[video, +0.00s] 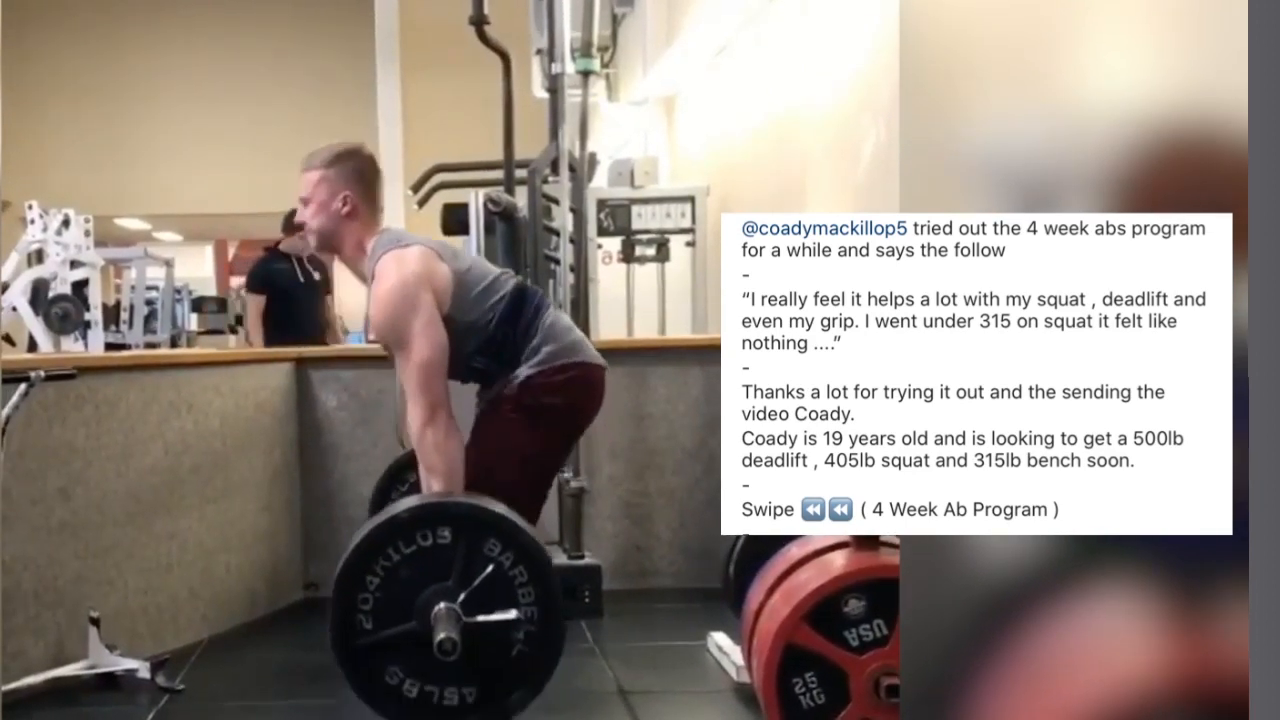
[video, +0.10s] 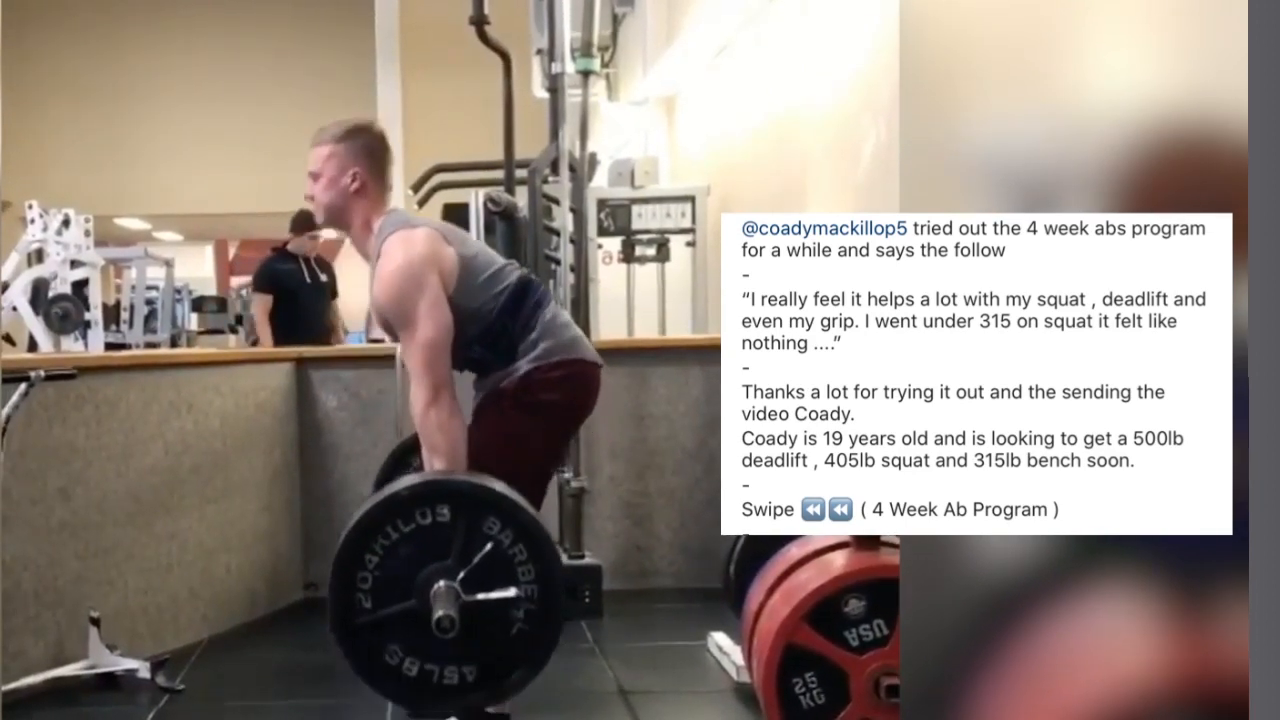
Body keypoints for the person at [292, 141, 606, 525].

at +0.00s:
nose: (298, 217)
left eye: (307, 203)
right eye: (300, 205)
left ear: (344, 204)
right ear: (342, 206)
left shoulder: (400, 277)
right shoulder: (392, 268)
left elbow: (433, 420)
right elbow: (419, 413)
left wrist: (449, 544)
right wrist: (438, 538)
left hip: (552, 372)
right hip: (533, 371)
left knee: (486, 519)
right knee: (483, 516)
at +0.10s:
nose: (308, 191)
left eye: (316, 176)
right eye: (308, 177)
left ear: (355, 181)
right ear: (359, 181)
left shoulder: (405, 258)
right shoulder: (395, 251)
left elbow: (437, 400)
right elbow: (429, 392)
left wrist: (448, 520)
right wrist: (440, 510)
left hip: (546, 367)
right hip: (523, 368)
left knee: (480, 521)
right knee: (476, 519)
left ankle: (480, 692)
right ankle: (472, 687)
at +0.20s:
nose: (320, 164)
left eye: (329, 150)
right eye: (321, 151)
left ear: (365, 155)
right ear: (368, 157)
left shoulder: (414, 236)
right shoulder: (401, 234)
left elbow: (441, 380)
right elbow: (430, 371)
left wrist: (454, 508)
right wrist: (441, 500)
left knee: (480, 525)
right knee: (468, 520)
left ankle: (488, 698)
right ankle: (477, 692)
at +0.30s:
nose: (332, 137)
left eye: (342, 124)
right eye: (334, 125)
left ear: (379, 130)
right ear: (383, 132)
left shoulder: (422, 216)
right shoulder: (407, 210)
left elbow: (443, 359)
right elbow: (441, 350)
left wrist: (452, 486)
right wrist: (444, 479)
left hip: (532, 369)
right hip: (508, 367)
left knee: (478, 528)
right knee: (473, 524)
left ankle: (489, 700)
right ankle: (480, 691)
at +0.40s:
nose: (351, 116)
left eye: (361, 102)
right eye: (353, 103)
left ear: (402, 108)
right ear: (401, 110)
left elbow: (452, 339)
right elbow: (447, 315)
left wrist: (450, 467)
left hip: (523, 367)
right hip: (500, 362)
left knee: (484, 526)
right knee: (478, 523)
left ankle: (488, 699)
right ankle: (479, 690)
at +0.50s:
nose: (377, 99)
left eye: (387, 85)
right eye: (378, 85)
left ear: (425, 90)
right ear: (426, 93)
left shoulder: (451, 182)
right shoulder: (440, 174)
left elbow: (460, 324)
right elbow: (471, 296)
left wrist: (444, 459)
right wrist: (434, 329)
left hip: (511, 368)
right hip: (500, 363)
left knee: (486, 531)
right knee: (481, 528)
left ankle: (489, 701)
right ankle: (480, 690)